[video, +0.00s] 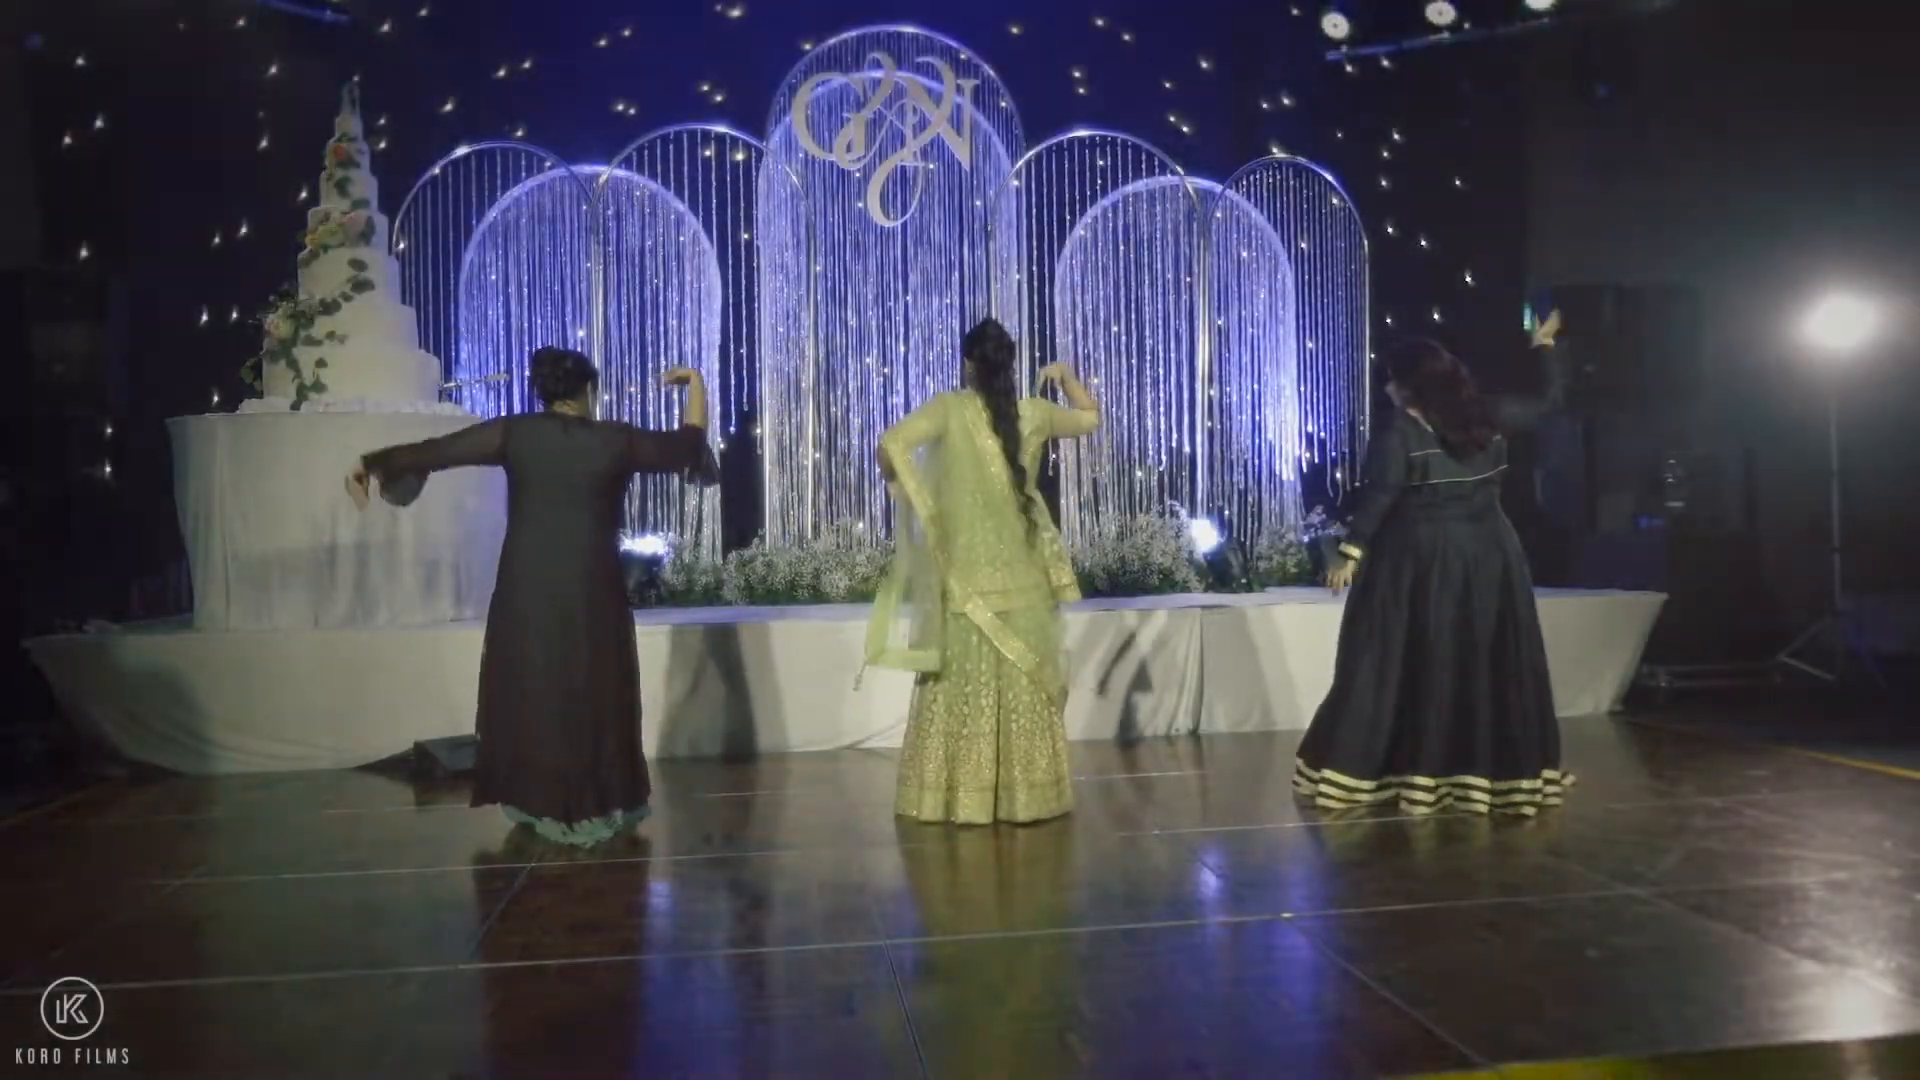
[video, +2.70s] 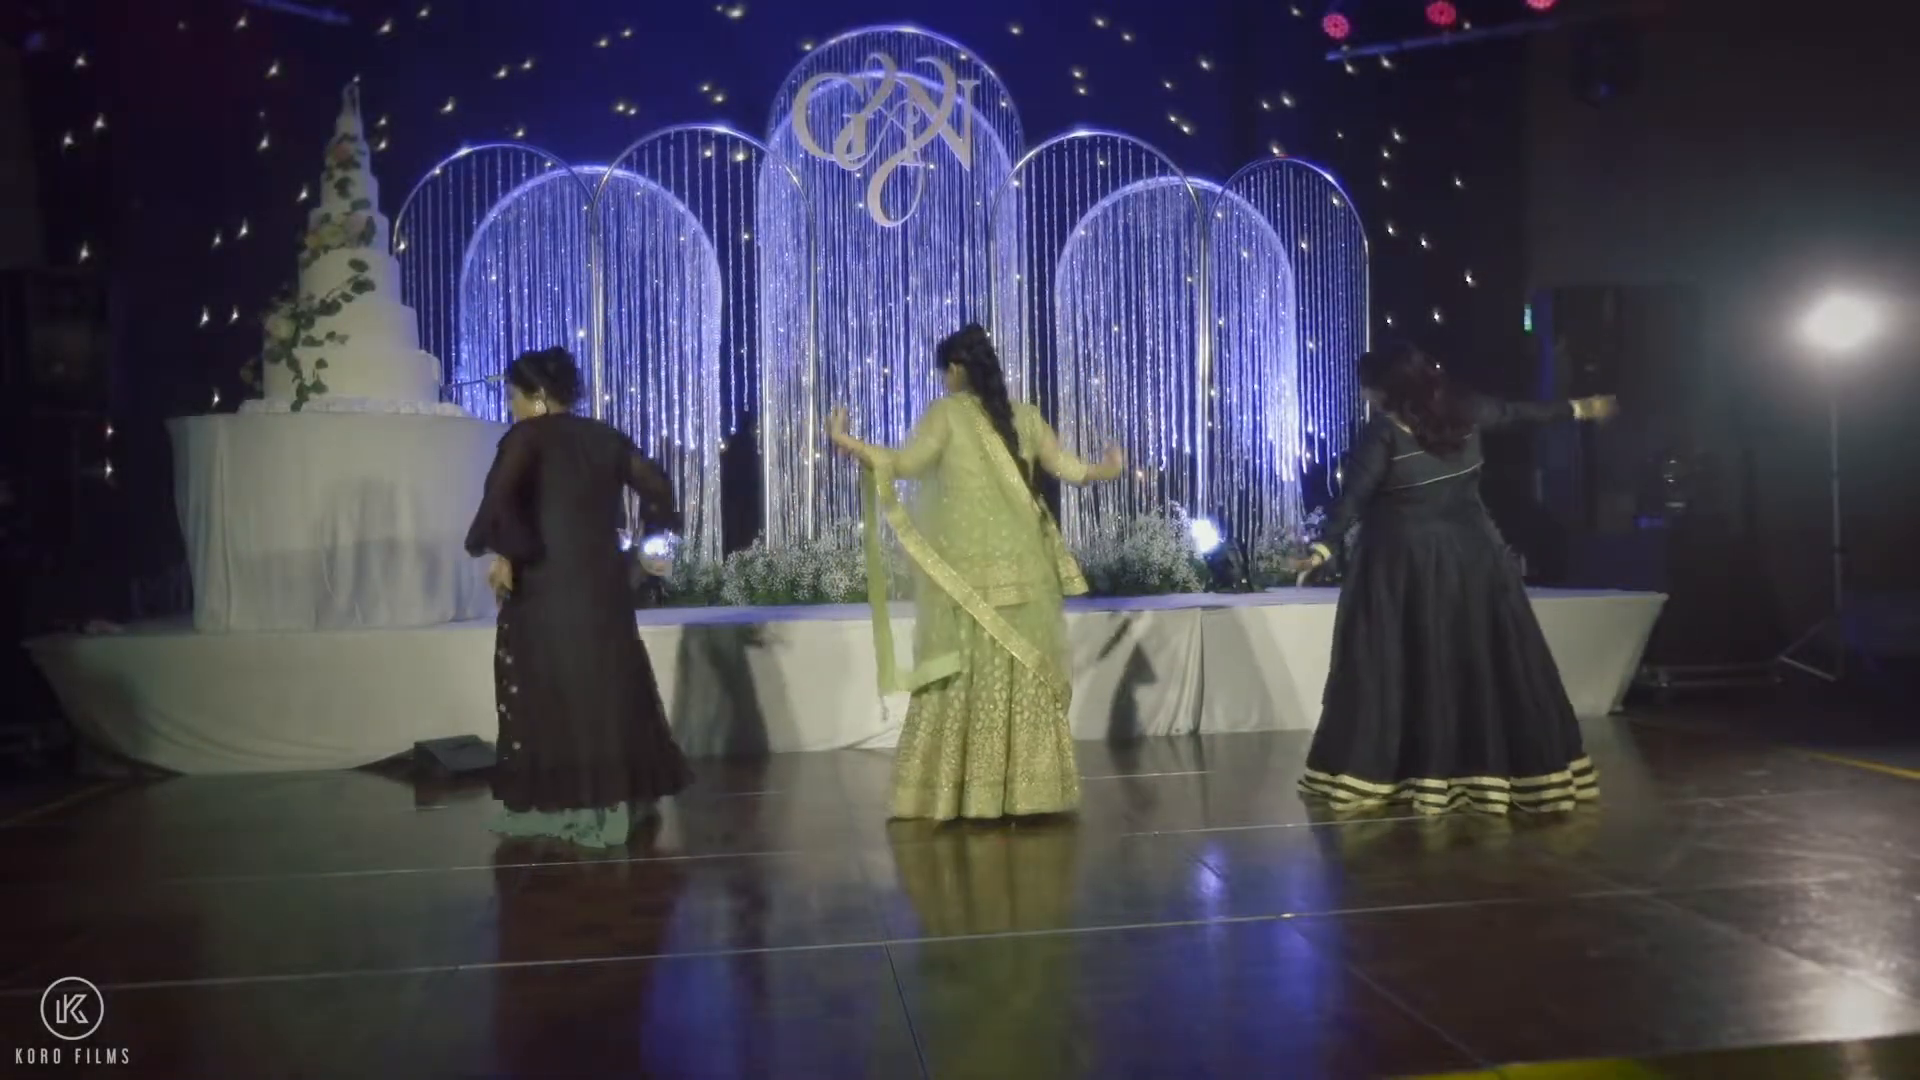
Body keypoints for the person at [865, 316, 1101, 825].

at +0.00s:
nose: (963, 366)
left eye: (964, 359)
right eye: (976, 359)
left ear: (967, 363)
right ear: (1010, 363)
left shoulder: (948, 407)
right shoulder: (1033, 414)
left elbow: (890, 445)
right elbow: (1090, 418)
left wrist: (922, 508)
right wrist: (1067, 375)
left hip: (964, 571)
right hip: (1023, 571)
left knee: (964, 689)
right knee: (1025, 686)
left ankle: (964, 797)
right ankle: (1024, 798)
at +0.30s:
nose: (963, 365)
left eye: (963, 358)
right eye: (974, 357)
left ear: (965, 362)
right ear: (1008, 361)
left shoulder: (947, 411)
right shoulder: (1036, 414)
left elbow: (894, 456)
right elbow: (1092, 441)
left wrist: (879, 435)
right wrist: (1075, 417)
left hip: (963, 571)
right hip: (1022, 571)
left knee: (963, 687)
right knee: (1024, 685)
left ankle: (966, 796)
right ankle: (1026, 798)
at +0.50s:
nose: (962, 364)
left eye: (962, 357)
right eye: (972, 356)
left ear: (964, 362)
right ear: (1007, 361)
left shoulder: (944, 408)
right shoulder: (1033, 408)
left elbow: (870, 413)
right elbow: (1093, 402)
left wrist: (857, 354)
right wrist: (1108, 355)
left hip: (960, 565)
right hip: (1022, 565)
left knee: (963, 684)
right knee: (1025, 681)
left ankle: (966, 796)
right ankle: (1028, 796)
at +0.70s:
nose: (968, 360)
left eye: (965, 353)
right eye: (984, 353)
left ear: (963, 362)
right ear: (1007, 364)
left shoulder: (938, 404)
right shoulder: (1025, 407)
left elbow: (896, 371)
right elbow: (1053, 365)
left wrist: (907, 311)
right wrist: (1048, 306)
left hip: (962, 564)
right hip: (1022, 561)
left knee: (961, 682)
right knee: (1024, 681)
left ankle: (962, 796)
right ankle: (1027, 795)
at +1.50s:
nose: (959, 366)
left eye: (960, 358)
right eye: (968, 358)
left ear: (962, 363)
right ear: (1005, 362)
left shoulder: (942, 407)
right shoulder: (1029, 408)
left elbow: (875, 430)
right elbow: (1089, 407)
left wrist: (879, 386)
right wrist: (1075, 362)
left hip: (958, 568)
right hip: (1018, 567)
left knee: (958, 685)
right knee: (1022, 681)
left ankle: (962, 795)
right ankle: (1025, 795)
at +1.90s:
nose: (954, 368)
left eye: (954, 361)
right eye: (957, 361)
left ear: (960, 363)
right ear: (999, 360)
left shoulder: (947, 409)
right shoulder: (1028, 412)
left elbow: (896, 456)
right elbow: (1089, 448)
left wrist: (850, 403)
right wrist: (1123, 418)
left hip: (965, 577)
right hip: (1026, 576)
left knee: (964, 691)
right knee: (1027, 688)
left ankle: (966, 797)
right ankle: (1028, 797)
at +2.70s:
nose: (943, 378)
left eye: (945, 370)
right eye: (944, 370)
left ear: (959, 369)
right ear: (988, 367)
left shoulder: (946, 412)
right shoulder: (1024, 416)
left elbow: (908, 462)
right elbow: (1069, 468)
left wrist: (844, 442)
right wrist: (1110, 469)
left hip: (966, 573)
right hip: (1026, 572)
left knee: (968, 686)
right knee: (1029, 683)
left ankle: (970, 796)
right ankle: (1028, 795)